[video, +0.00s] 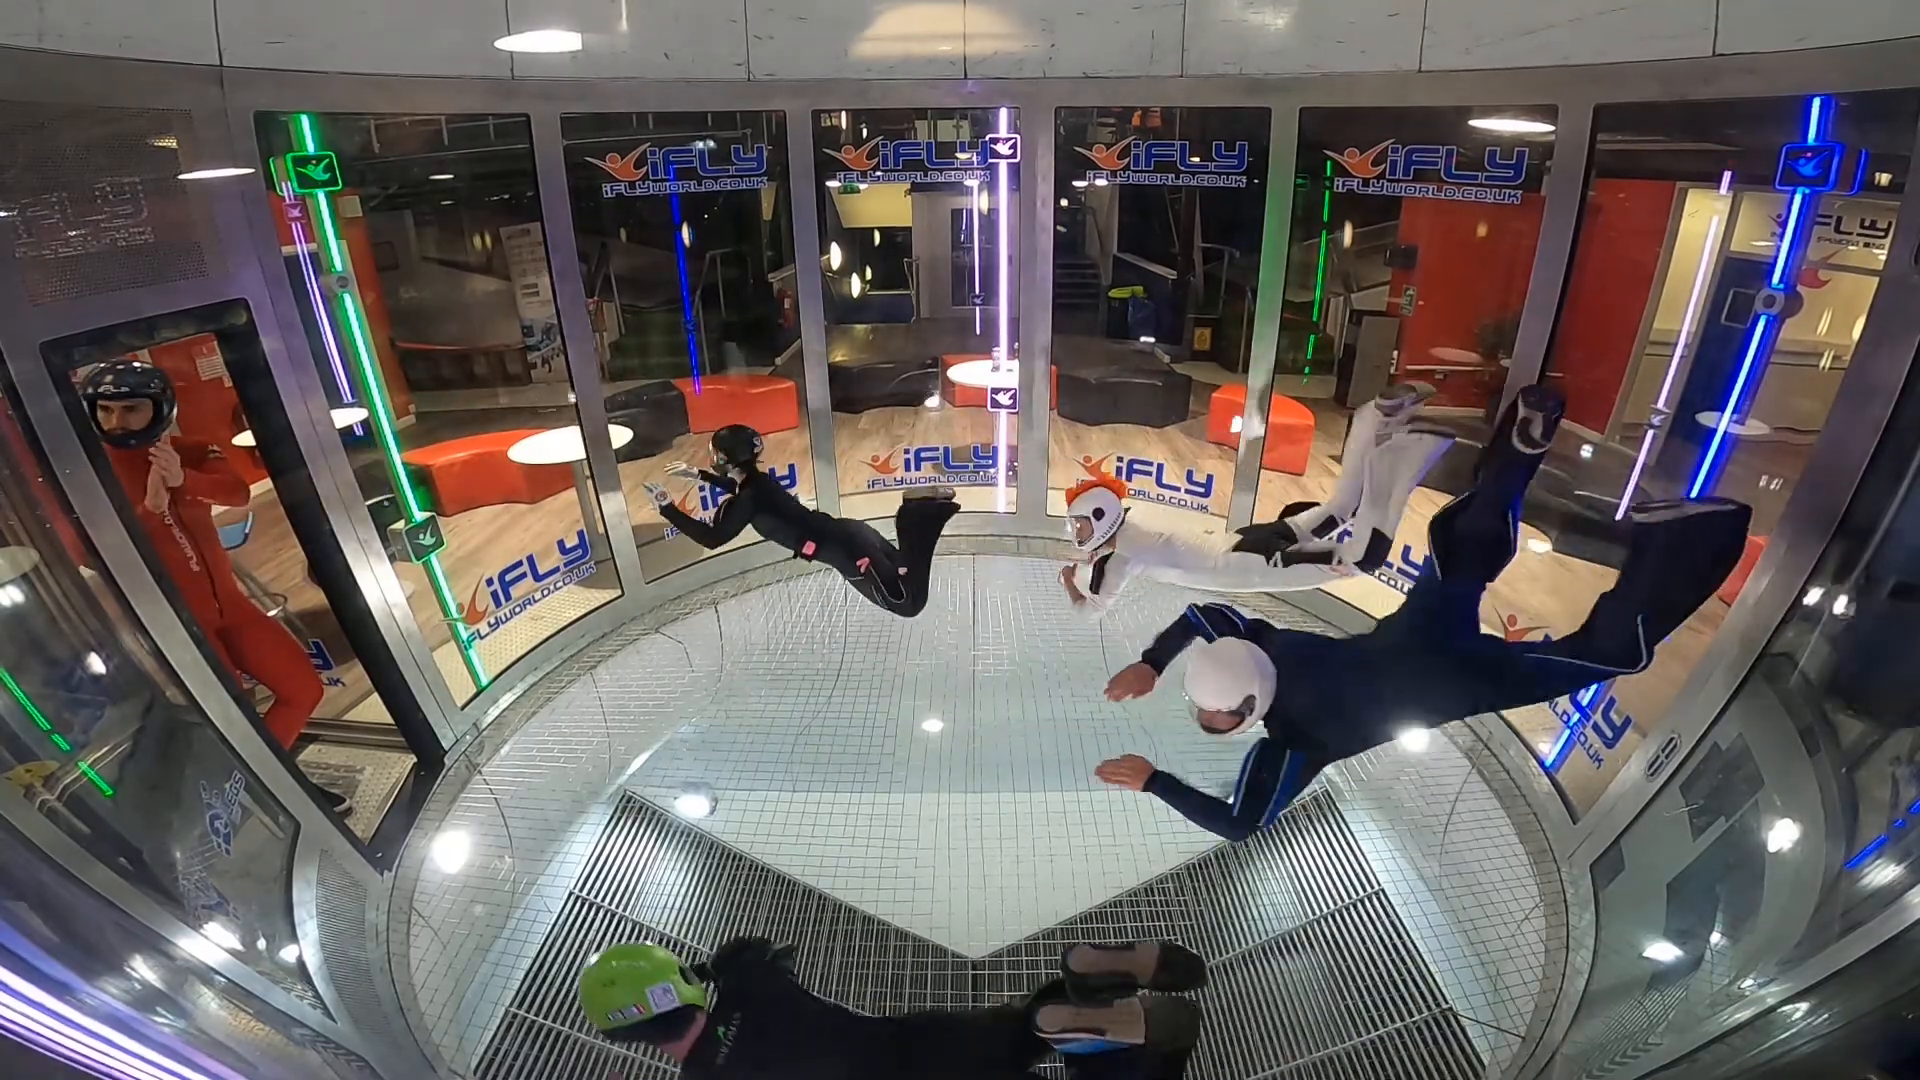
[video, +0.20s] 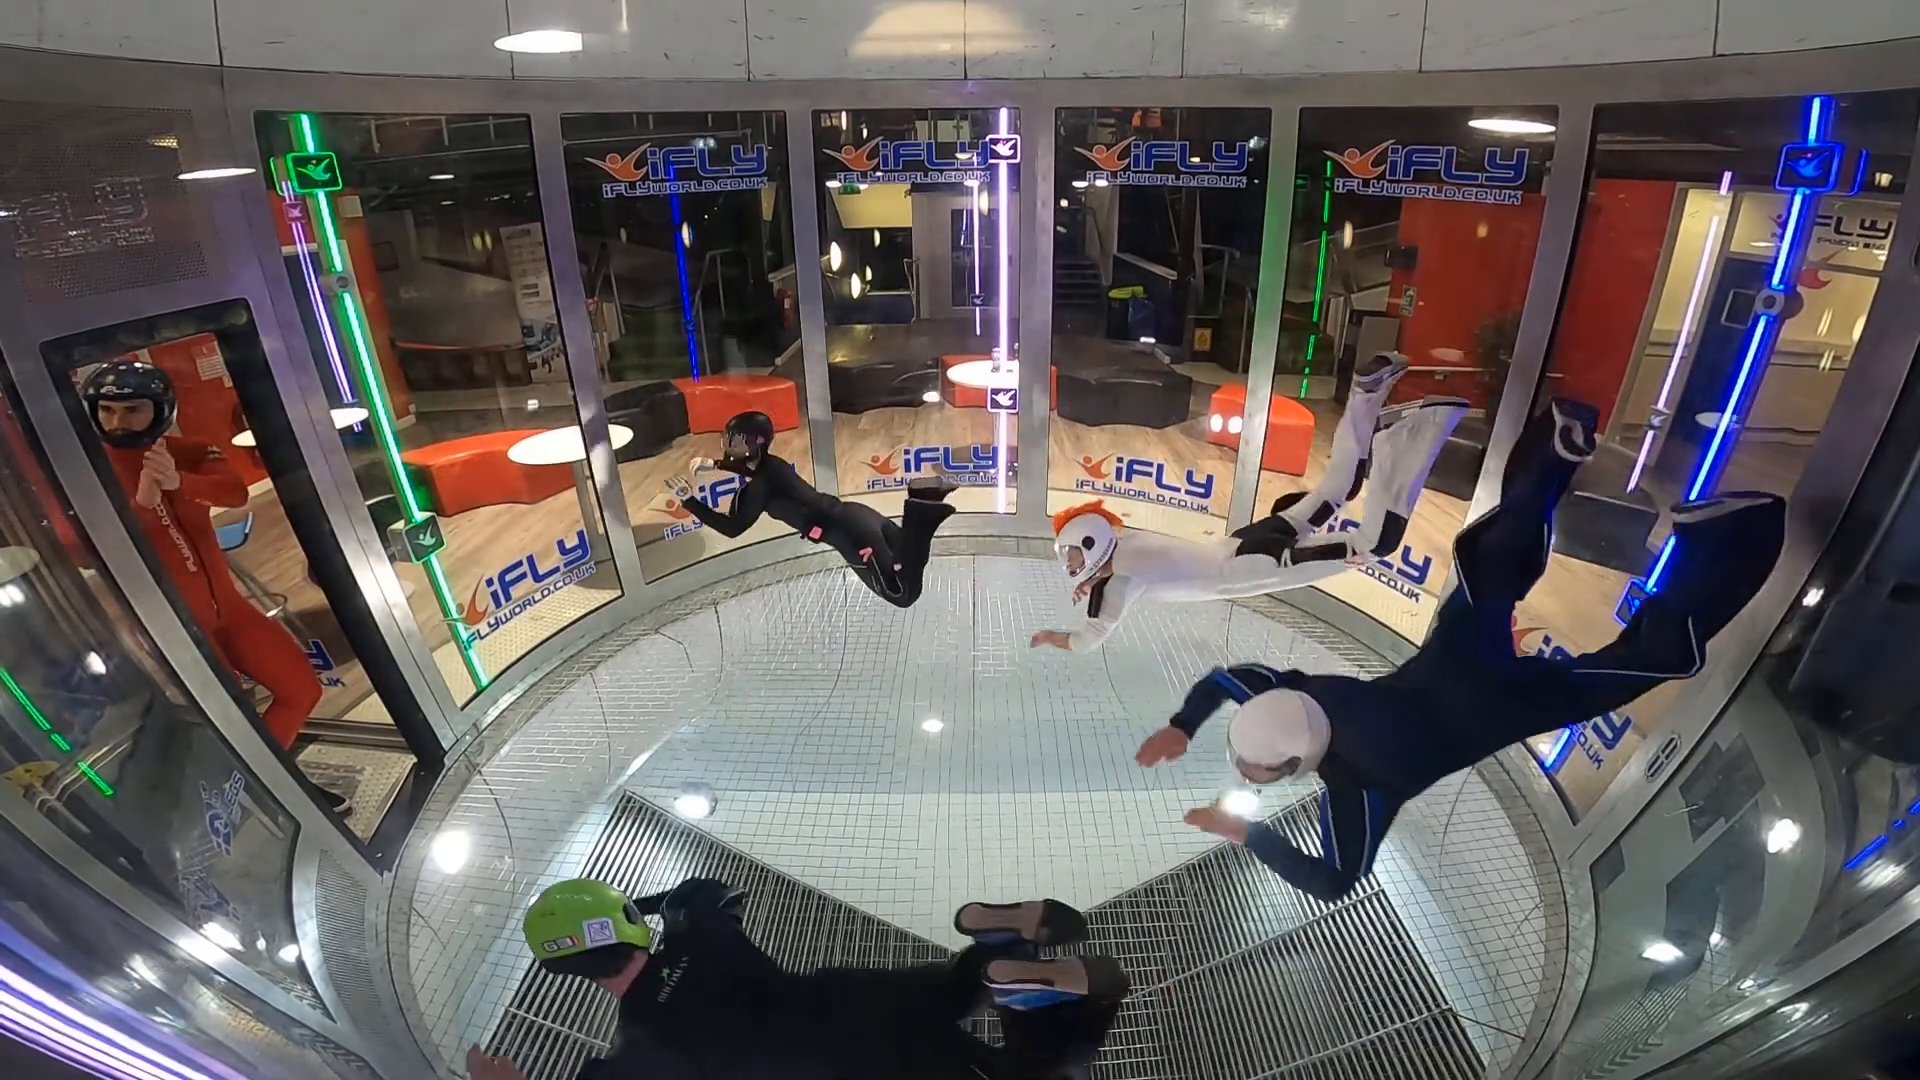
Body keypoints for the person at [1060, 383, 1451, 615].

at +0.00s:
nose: (1074, 530)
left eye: (1082, 522)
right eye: (1073, 522)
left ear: (1104, 520)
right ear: (1092, 519)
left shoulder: (1124, 552)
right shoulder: (1113, 540)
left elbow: (1099, 602)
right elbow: (1099, 579)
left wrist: (1075, 587)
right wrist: (1079, 569)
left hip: (1247, 568)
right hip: (1241, 551)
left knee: (1359, 552)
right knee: (1332, 517)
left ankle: (1385, 445)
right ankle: (1374, 426)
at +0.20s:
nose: (1072, 566)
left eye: (1077, 553)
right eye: (1067, 556)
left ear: (1103, 543)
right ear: (1084, 545)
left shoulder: (1124, 572)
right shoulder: (1122, 546)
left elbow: (1098, 630)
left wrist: (1066, 642)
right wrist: (1093, 593)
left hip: (1263, 565)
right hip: (1249, 542)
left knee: (1376, 541)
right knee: (1332, 494)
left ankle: (1415, 429)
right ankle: (1369, 392)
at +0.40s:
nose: (1034, 578)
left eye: (1038, 568)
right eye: (1032, 571)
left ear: (1059, 562)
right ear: (1054, 557)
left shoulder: (1088, 598)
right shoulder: (1080, 560)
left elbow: (1057, 655)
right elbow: (1071, 582)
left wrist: (1005, 677)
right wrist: (1044, 602)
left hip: (1219, 579)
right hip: (1209, 551)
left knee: (1336, 550)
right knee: (1299, 498)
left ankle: (1381, 433)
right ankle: (1333, 403)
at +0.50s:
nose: (996, 581)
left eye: (1000, 571)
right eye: (993, 572)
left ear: (1023, 563)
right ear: (1023, 555)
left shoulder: (1055, 595)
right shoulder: (1049, 554)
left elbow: (1014, 662)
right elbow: (1032, 592)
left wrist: (949, 692)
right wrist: (1001, 607)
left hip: (1206, 579)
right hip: (1191, 552)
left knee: (1323, 557)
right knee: (1269, 517)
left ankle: (1351, 452)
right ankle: (1307, 429)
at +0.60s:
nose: (956, 571)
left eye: (962, 561)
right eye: (953, 562)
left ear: (984, 552)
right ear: (969, 552)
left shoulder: (1010, 587)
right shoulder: (1000, 554)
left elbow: (967, 656)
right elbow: (973, 583)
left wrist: (898, 674)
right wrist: (947, 598)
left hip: (1150, 590)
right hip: (1143, 561)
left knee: (1277, 576)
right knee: (1236, 545)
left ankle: (1334, 481)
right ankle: (1269, 460)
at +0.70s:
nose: (903, 561)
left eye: (911, 549)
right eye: (900, 552)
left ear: (936, 542)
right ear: (915, 546)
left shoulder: (965, 576)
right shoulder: (952, 558)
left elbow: (909, 645)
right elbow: (916, 618)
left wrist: (835, 646)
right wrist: (894, 601)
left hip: (1109, 591)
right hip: (1094, 574)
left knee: (1225, 594)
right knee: (1189, 574)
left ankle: (1265, 497)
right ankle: (1233, 489)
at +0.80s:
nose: (844, 548)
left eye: (850, 536)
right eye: (839, 538)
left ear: (877, 528)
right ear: (872, 526)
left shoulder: (906, 566)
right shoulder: (903, 543)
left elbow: (849, 629)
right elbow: (857, 552)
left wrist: (772, 621)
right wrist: (833, 570)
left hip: (1049, 590)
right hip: (1036, 581)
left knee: (1168, 608)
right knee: (1149, 598)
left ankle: (1184, 520)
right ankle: (1178, 523)